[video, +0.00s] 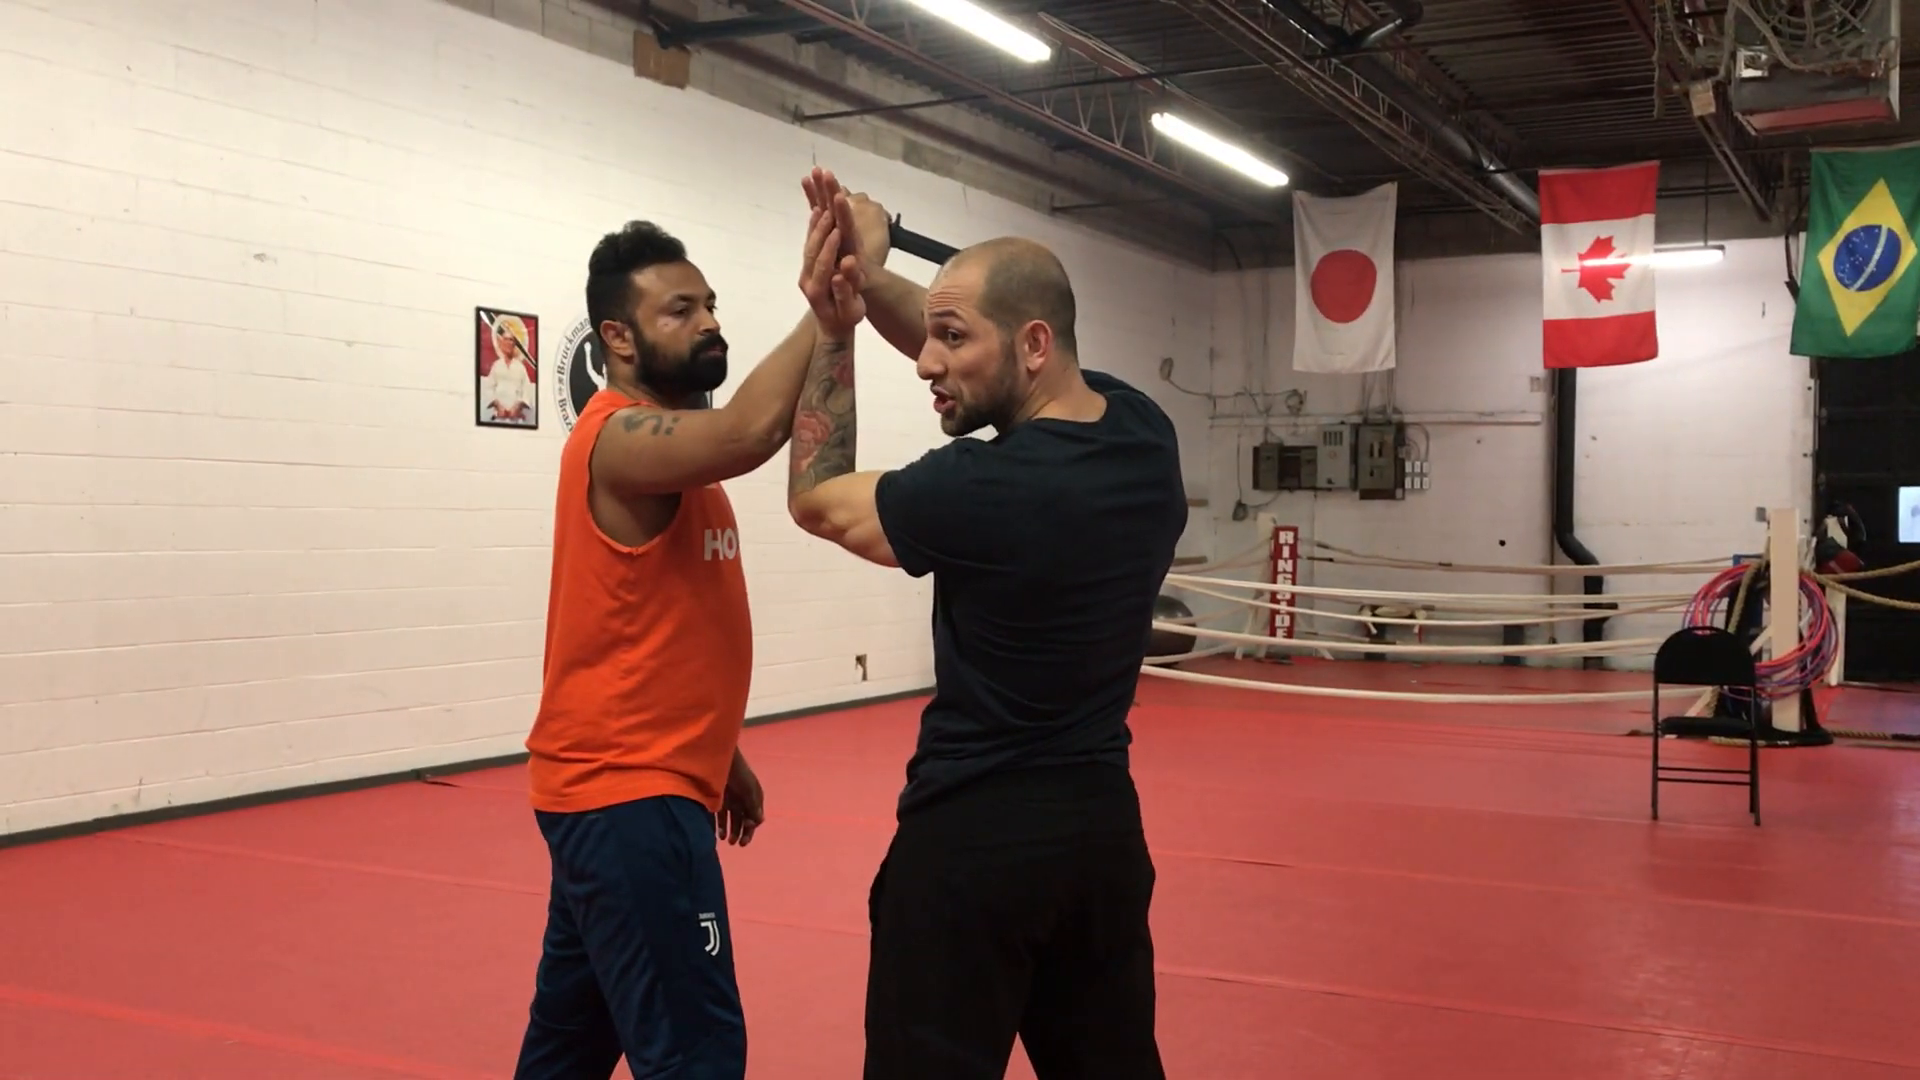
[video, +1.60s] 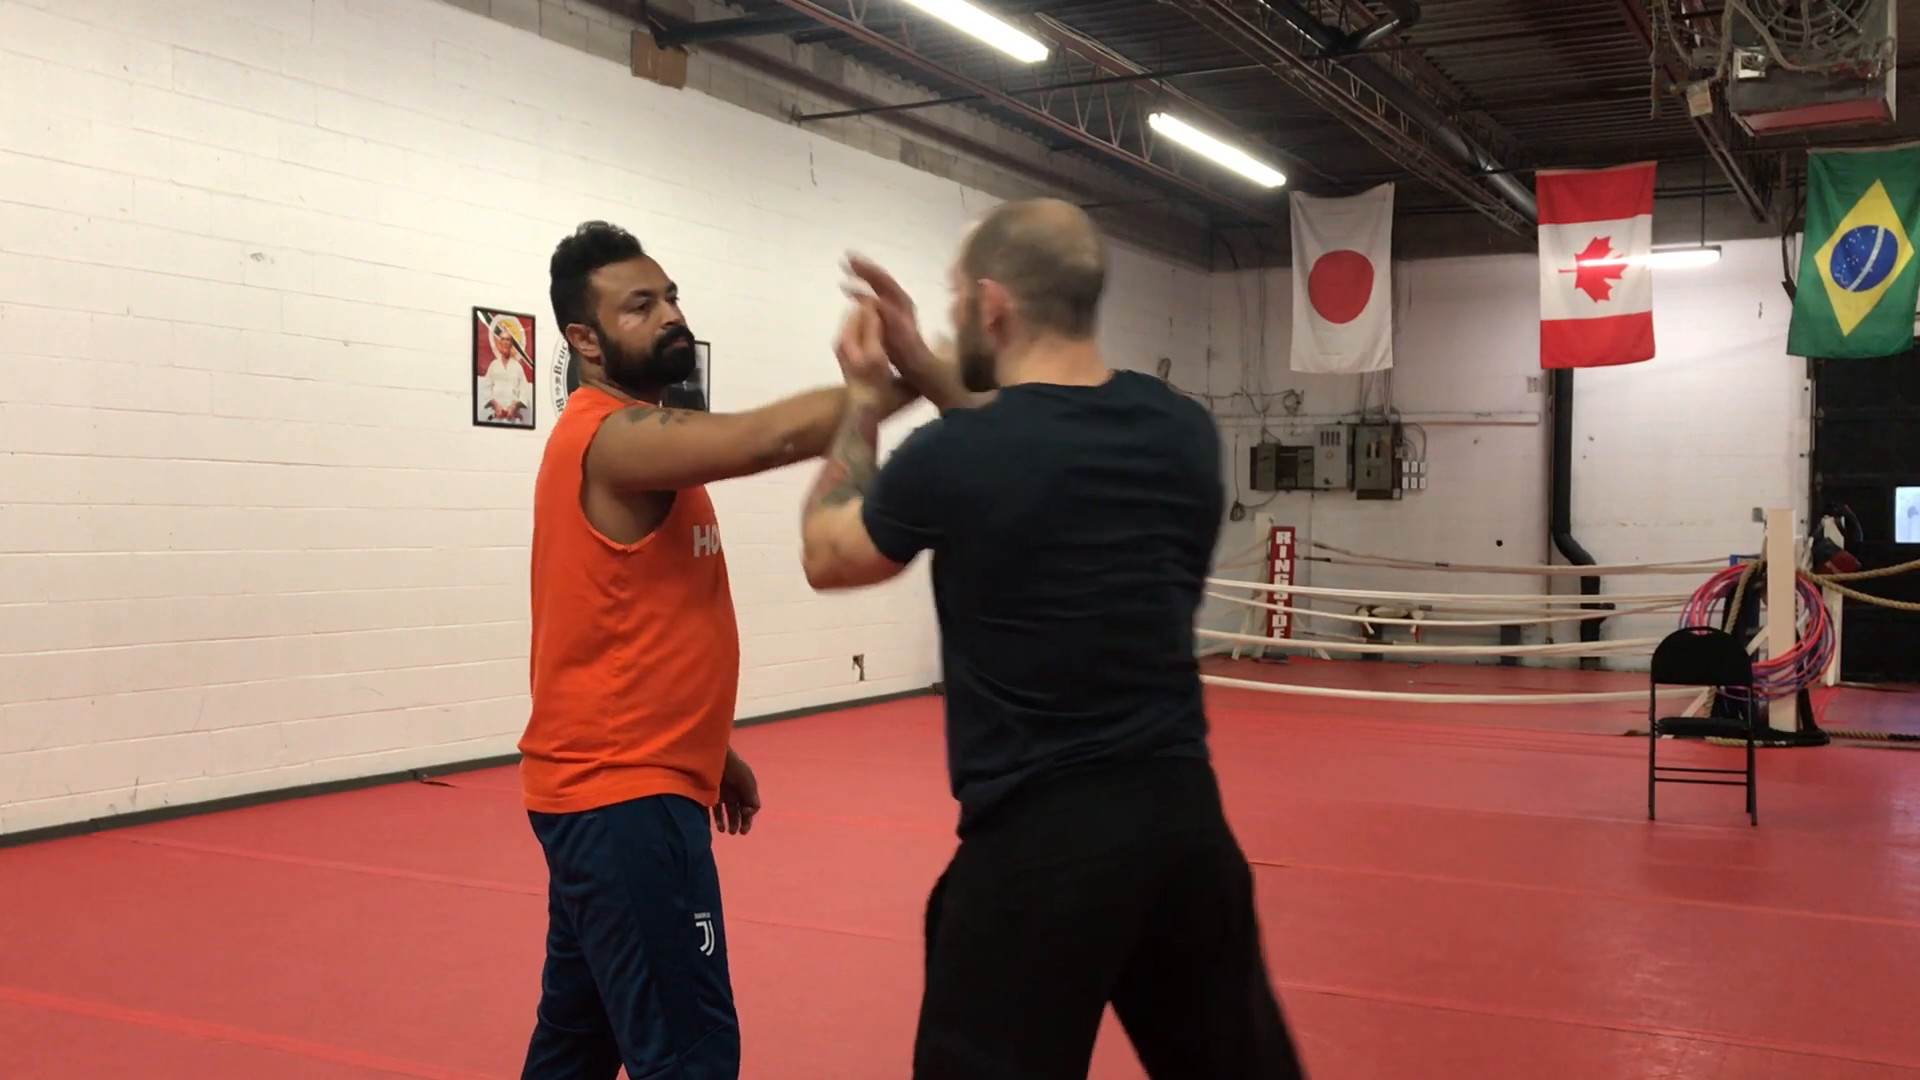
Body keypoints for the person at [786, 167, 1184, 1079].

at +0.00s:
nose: (930, 364)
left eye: (953, 337)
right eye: (930, 339)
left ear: (1032, 345)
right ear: (1036, 349)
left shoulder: (981, 490)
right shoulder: (1145, 436)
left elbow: (820, 500)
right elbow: (960, 349)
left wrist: (833, 320)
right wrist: (869, 272)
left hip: (964, 846)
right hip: (1100, 835)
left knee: (924, 1063)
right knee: (1115, 1068)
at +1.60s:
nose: (950, 312)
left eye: (956, 291)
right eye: (952, 291)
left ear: (995, 305)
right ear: (1090, 299)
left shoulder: (961, 451)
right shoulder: (1185, 430)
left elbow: (829, 556)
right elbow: (1057, 432)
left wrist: (862, 408)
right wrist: (934, 373)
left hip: (1029, 859)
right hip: (1183, 838)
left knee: (981, 1064)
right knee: (1243, 1068)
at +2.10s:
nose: (1313, 373)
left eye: (1328, 349)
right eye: (1320, 349)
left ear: (1378, 367)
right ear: (1468, 385)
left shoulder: (1279, 514)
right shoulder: (1579, 543)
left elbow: (1219, 777)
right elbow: (1631, 801)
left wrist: (1308, 842)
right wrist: (1479, 832)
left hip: (1316, 973)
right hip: (1521, 976)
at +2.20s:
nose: (1356, 381)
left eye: (1370, 355)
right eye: (1362, 357)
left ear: (1426, 364)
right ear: (1517, 385)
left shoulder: (1310, 498)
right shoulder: (1624, 542)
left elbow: (1231, 751)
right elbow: (1673, 806)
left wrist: (1342, 792)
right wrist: (1505, 796)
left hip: (1326, 970)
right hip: (1544, 984)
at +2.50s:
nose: (1401, 456)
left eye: (1412, 437)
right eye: (1405, 439)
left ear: (1458, 429)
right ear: (1553, 477)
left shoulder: (1333, 511)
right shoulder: (1638, 597)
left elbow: (1250, 750)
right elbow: (1585, 843)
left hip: (1301, 968)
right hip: (1523, 997)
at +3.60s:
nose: (945, 520)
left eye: (953, 517)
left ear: (955, 524)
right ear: (1003, 634)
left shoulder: (814, 494)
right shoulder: (978, 727)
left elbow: (671, 355)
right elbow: (881, 872)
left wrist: (743, 306)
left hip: (605, 969)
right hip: (790, 996)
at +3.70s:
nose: (913, 522)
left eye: (919, 520)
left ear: (922, 526)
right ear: (970, 647)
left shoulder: (785, 498)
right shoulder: (942, 736)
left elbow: (654, 354)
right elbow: (846, 871)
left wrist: (740, 402)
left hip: (566, 965)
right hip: (748, 994)